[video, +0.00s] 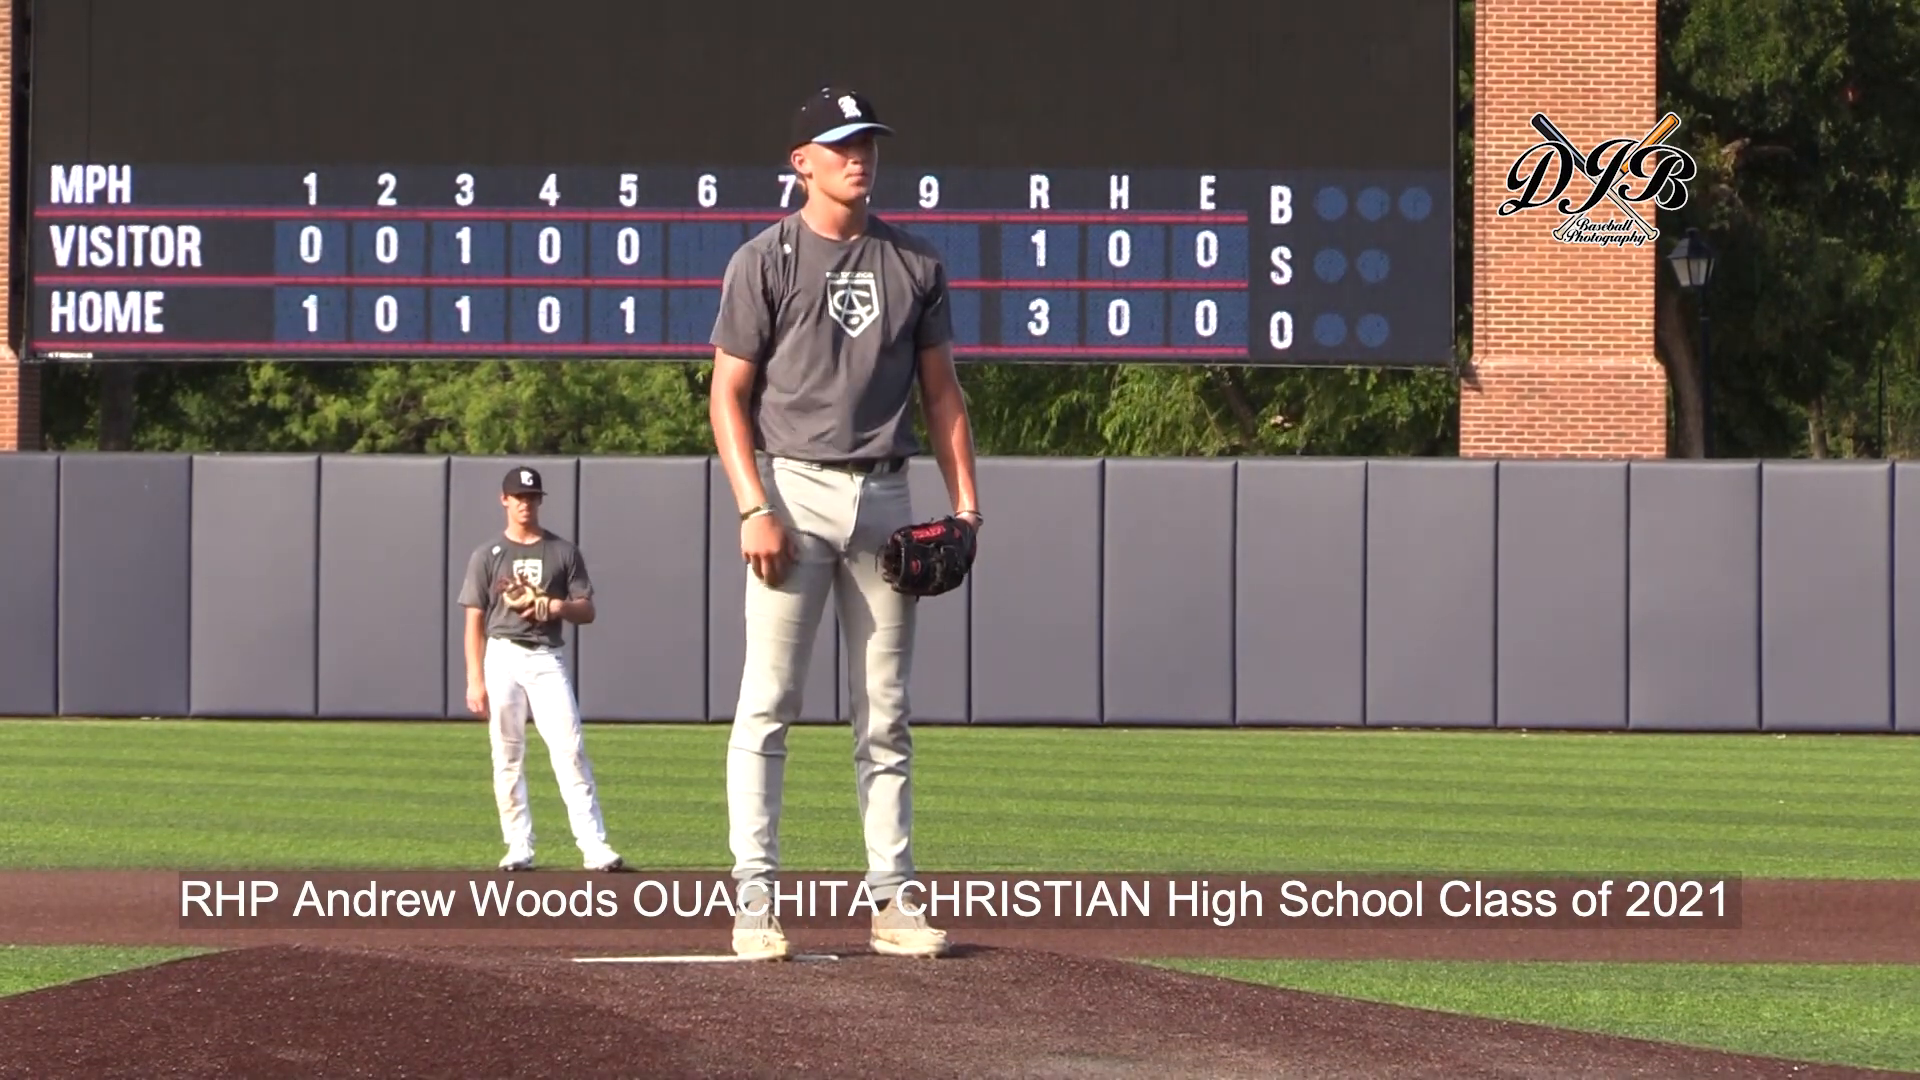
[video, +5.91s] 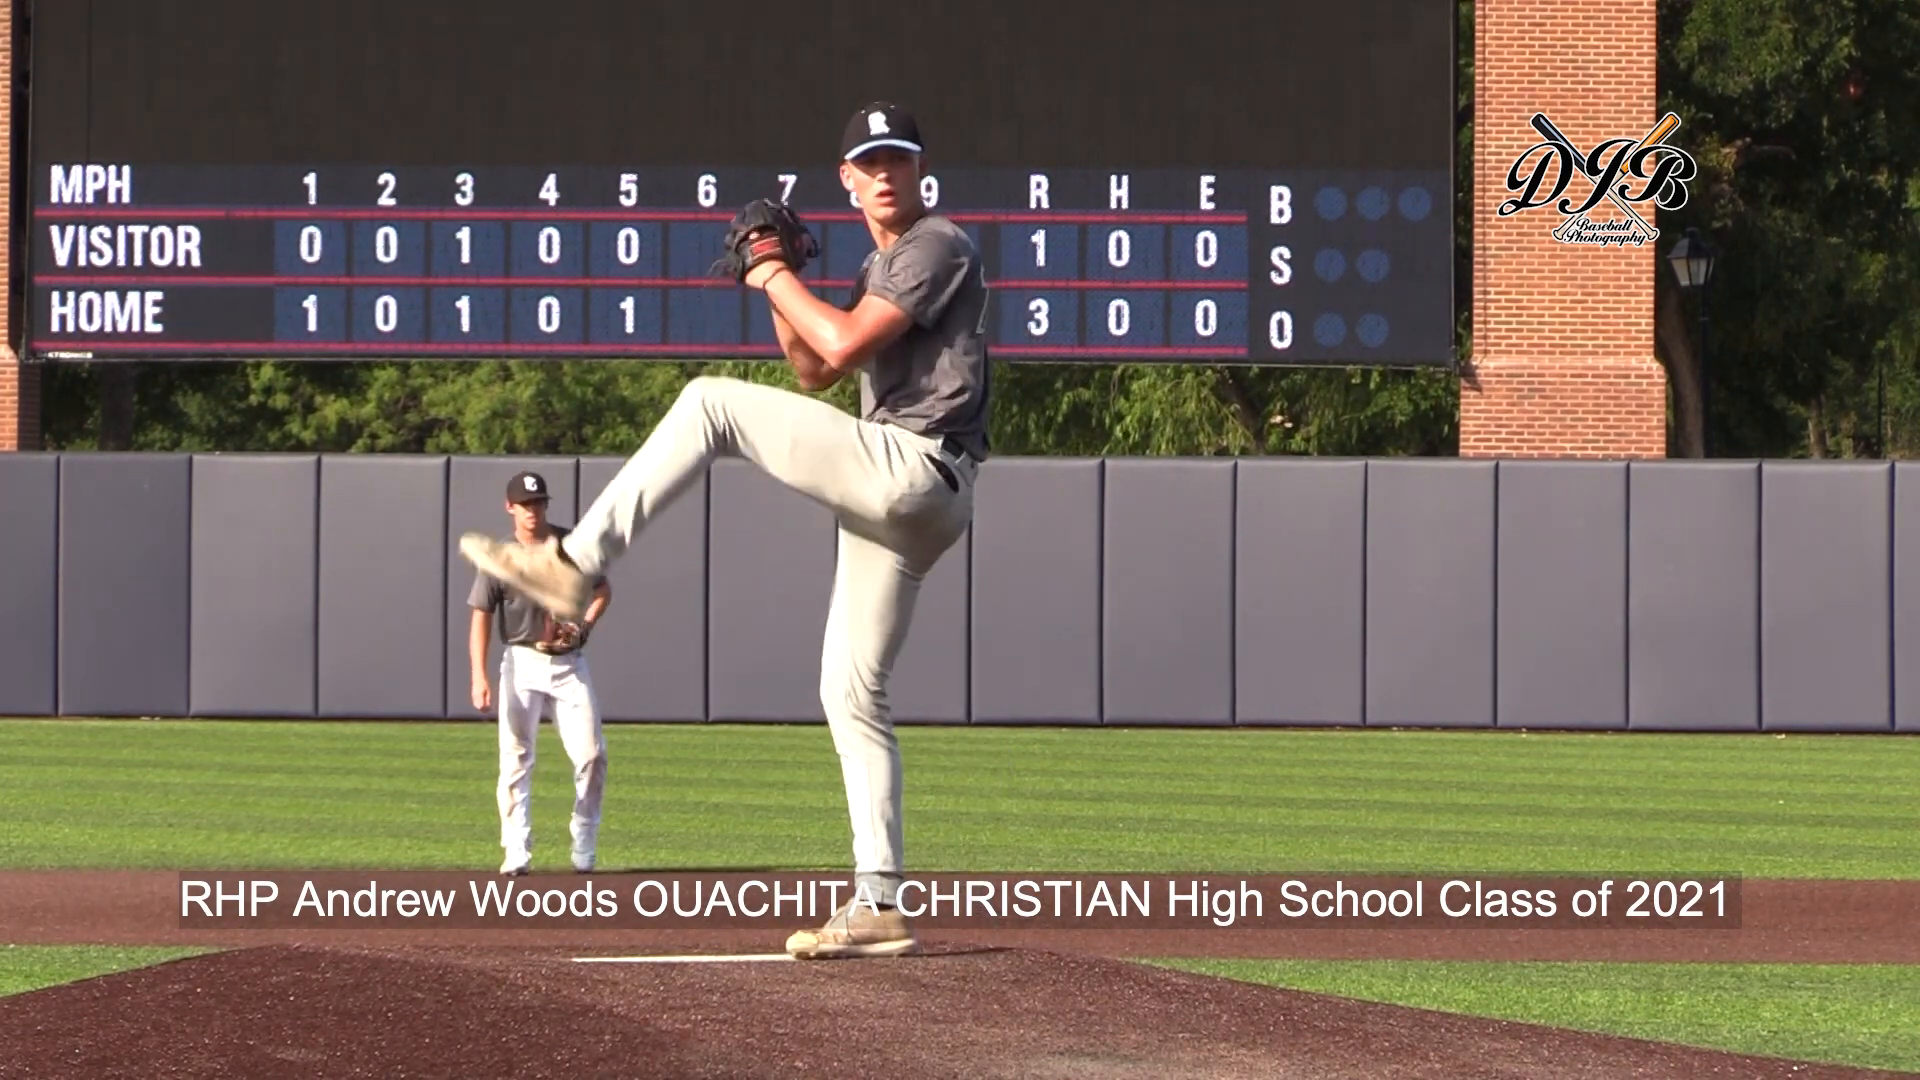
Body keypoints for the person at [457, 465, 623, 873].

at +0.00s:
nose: (526, 505)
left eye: (532, 498)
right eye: (519, 498)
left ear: (541, 501)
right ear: (505, 501)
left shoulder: (564, 551)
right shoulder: (486, 556)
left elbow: (587, 611)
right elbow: (474, 622)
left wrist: (556, 606)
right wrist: (475, 679)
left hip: (548, 658)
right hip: (501, 657)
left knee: (571, 750)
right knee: (507, 756)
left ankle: (596, 850)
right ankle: (518, 849)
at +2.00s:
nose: (535, 504)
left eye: (541, 497)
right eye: (528, 497)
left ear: (549, 500)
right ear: (513, 499)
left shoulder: (571, 552)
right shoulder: (493, 555)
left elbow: (592, 611)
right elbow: (480, 621)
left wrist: (560, 612)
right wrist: (485, 679)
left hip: (553, 659)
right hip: (506, 657)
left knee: (577, 749)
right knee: (509, 756)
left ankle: (600, 851)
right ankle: (518, 850)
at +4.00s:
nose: (536, 501)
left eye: (542, 494)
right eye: (529, 494)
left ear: (550, 498)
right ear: (514, 497)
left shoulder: (573, 547)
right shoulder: (493, 550)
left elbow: (594, 598)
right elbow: (478, 610)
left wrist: (571, 616)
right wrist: (487, 668)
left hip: (559, 657)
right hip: (512, 656)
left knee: (579, 742)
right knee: (513, 756)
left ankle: (585, 842)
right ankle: (519, 848)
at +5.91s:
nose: (533, 511)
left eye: (539, 503)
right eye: (525, 504)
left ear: (548, 505)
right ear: (510, 507)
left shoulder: (571, 545)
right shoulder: (499, 556)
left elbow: (602, 590)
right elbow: (481, 615)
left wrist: (582, 628)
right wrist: (479, 675)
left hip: (569, 663)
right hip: (519, 663)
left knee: (591, 756)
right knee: (515, 763)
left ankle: (584, 849)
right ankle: (516, 858)